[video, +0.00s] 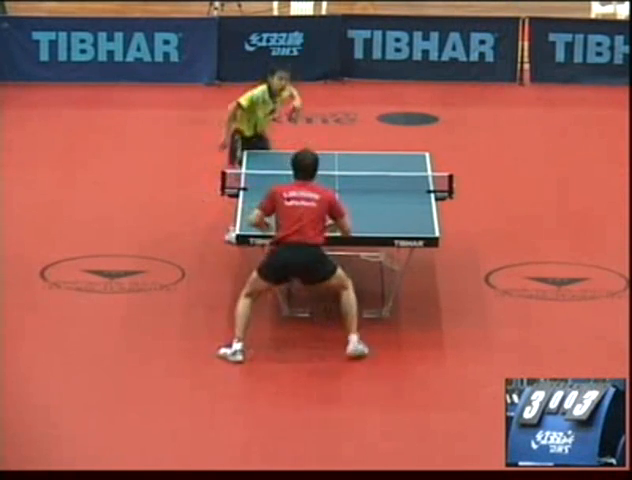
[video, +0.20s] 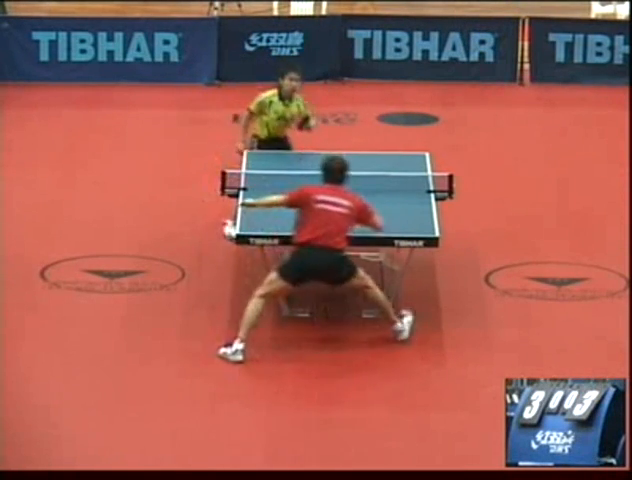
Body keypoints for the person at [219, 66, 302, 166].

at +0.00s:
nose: (283, 84)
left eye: (285, 80)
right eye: (280, 79)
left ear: (288, 83)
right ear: (270, 79)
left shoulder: (280, 94)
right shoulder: (258, 93)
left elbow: (291, 89)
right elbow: (233, 107)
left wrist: (297, 104)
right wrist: (227, 137)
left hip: (258, 132)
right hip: (242, 133)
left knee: (266, 163)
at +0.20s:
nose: (294, 85)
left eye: (297, 81)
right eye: (290, 80)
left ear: (300, 84)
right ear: (281, 81)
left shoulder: (298, 101)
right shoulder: (266, 98)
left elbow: (303, 120)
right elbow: (248, 117)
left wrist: (308, 123)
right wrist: (243, 140)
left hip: (281, 138)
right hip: (261, 139)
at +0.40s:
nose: (303, 80)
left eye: (306, 76)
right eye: (300, 75)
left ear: (309, 79)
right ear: (291, 77)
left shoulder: (312, 95)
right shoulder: (276, 95)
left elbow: (320, 110)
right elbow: (264, 111)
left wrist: (323, 125)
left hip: (299, 134)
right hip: (279, 135)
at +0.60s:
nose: (304, 90)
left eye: (307, 87)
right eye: (301, 86)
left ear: (309, 89)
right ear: (293, 86)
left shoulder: (314, 104)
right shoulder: (279, 103)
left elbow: (334, 124)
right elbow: (267, 123)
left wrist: (325, 145)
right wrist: (276, 130)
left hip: (304, 143)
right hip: (283, 143)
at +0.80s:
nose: (319, 84)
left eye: (322, 80)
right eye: (315, 80)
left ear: (326, 83)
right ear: (307, 82)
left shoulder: (326, 101)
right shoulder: (295, 94)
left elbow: (340, 115)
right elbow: (281, 111)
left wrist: (354, 116)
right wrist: (272, 117)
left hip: (307, 138)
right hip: (287, 135)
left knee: (307, 167)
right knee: (277, 164)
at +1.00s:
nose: (315, 74)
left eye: (318, 71)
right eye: (312, 70)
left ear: (322, 75)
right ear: (304, 72)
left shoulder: (326, 92)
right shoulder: (291, 88)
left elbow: (342, 102)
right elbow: (277, 99)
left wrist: (353, 110)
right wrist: (272, 108)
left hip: (310, 132)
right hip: (289, 130)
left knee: (317, 159)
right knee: (278, 157)